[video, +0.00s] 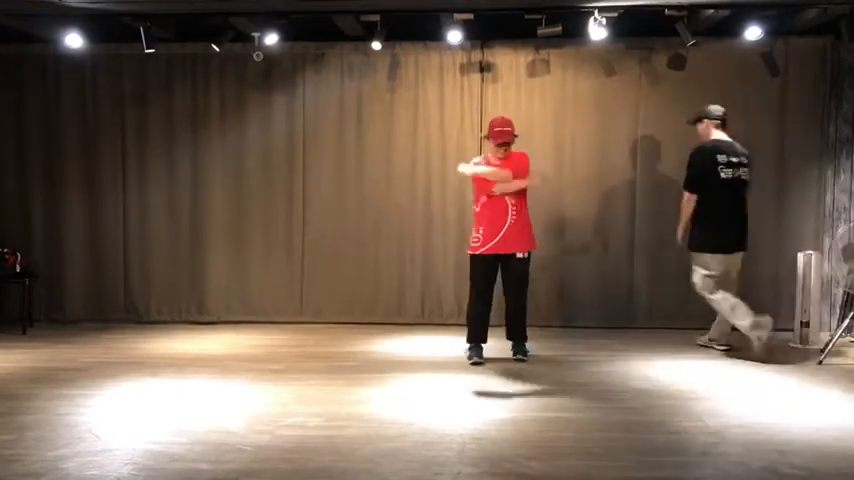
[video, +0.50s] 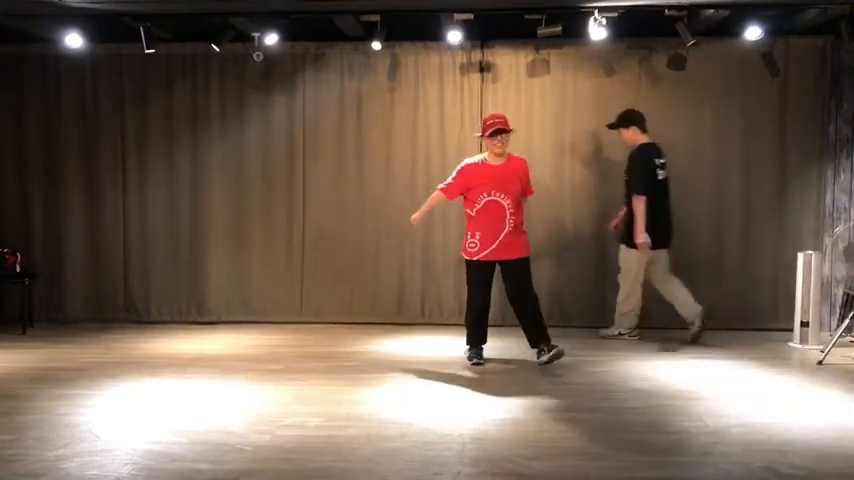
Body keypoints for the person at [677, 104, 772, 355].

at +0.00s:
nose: (697, 131)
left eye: (698, 126)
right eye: (697, 126)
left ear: (707, 125)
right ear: (720, 125)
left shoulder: (702, 153)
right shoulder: (741, 152)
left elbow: (690, 196)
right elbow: (741, 193)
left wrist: (682, 224)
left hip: (709, 228)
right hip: (737, 227)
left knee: (704, 283)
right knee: (728, 285)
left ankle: (752, 324)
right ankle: (719, 336)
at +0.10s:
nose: (683, 133)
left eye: (684, 128)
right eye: (682, 128)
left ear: (694, 125)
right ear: (704, 125)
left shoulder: (694, 152)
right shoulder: (725, 152)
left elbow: (682, 195)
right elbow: (723, 197)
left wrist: (671, 230)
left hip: (698, 233)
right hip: (725, 233)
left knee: (679, 275)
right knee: (720, 287)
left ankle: (722, 318)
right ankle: (718, 337)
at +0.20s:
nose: (668, 136)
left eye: (669, 130)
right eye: (667, 131)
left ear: (679, 127)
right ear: (688, 126)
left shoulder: (684, 153)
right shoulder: (707, 149)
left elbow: (676, 193)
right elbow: (696, 195)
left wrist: (664, 227)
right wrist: (662, 209)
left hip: (687, 231)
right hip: (710, 230)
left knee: (661, 270)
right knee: (712, 284)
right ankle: (719, 336)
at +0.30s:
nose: (653, 137)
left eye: (654, 132)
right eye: (652, 133)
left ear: (664, 129)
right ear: (672, 129)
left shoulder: (670, 155)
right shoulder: (690, 151)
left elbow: (667, 193)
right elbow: (675, 191)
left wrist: (659, 226)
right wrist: (644, 202)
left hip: (675, 231)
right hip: (697, 231)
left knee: (654, 281)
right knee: (705, 285)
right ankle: (718, 336)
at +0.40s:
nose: (636, 138)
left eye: (637, 133)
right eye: (635, 133)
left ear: (648, 131)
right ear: (655, 130)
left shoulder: (655, 156)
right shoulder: (671, 152)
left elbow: (654, 195)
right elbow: (655, 195)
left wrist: (654, 229)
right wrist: (626, 208)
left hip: (656, 235)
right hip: (676, 232)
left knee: (641, 284)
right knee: (691, 283)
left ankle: (626, 325)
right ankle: (714, 328)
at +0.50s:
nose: (621, 137)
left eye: (622, 132)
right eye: (620, 133)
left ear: (632, 130)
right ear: (640, 129)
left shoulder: (638, 155)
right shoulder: (655, 151)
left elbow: (639, 197)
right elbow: (643, 193)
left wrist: (640, 232)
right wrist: (625, 213)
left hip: (639, 231)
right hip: (658, 228)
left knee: (629, 280)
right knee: (660, 276)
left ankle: (625, 325)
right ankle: (694, 314)